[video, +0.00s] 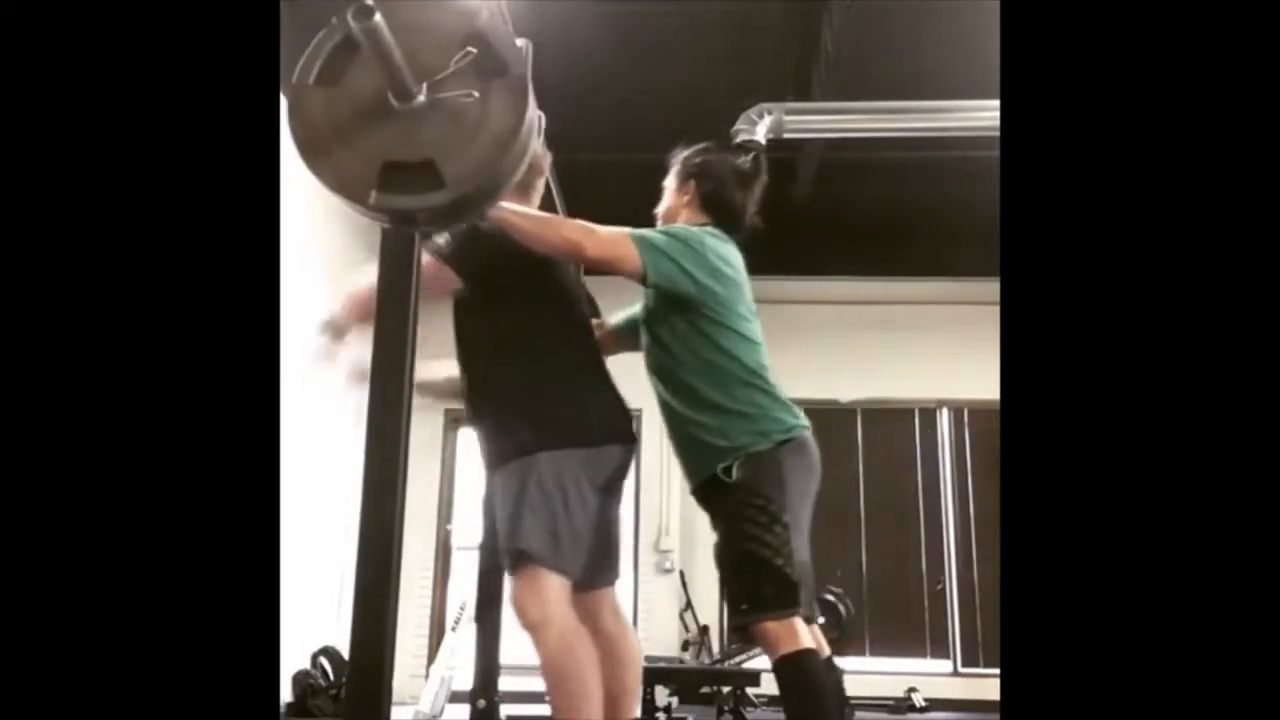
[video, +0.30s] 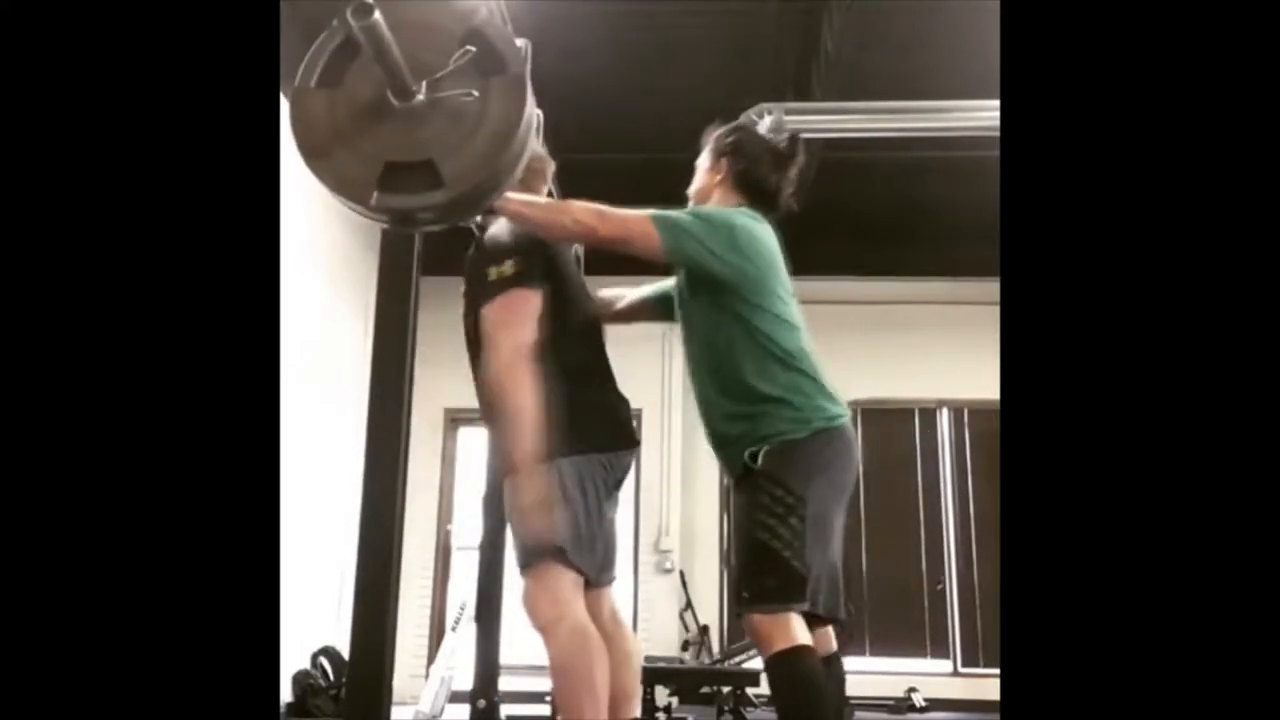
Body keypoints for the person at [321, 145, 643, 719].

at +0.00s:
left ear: (476, 172)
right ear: (542, 173)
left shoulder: (485, 236)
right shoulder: (552, 244)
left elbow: (399, 286)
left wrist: (344, 316)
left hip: (547, 442)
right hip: (598, 435)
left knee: (541, 602)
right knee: (596, 602)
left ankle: (582, 716)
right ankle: (623, 715)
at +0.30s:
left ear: (490, 171)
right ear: (543, 170)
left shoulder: (507, 239)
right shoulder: (544, 239)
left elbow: (510, 359)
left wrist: (525, 470)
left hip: (560, 442)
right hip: (594, 438)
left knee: (553, 604)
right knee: (597, 606)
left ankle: (587, 712)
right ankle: (622, 713)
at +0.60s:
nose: (486, 197)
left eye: (500, 177)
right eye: (483, 180)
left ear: (535, 169)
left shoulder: (545, 235)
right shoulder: (520, 248)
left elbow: (558, 319)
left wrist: (561, 442)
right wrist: (512, 463)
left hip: (571, 436)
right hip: (546, 439)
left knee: (559, 596)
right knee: (558, 599)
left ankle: (592, 713)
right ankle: (583, 710)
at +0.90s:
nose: (510, 200)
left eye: (520, 184)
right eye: (497, 191)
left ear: (551, 173)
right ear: (483, 201)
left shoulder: (574, 238)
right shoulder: (506, 285)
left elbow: (575, 326)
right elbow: (500, 392)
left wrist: (472, 386)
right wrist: (429, 438)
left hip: (569, 451)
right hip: (516, 456)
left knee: (554, 603)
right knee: (520, 604)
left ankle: (590, 716)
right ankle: (564, 716)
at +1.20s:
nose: (535, 189)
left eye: (547, 177)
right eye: (522, 180)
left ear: (571, 190)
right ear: (504, 200)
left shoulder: (606, 250)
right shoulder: (501, 297)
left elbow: (628, 355)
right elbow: (474, 388)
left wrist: (589, 453)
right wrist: (438, 457)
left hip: (576, 454)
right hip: (513, 464)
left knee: (560, 591)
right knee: (535, 602)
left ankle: (592, 715)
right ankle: (565, 714)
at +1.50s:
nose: (604, 170)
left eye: (609, 158)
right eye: (587, 160)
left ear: (621, 166)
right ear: (548, 175)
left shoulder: (659, 241)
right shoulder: (523, 270)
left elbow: (718, 327)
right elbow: (501, 375)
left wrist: (755, 430)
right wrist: (503, 474)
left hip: (625, 452)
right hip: (539, 461)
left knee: (636, 589)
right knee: (558, 611)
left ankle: (660, 715)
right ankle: (574, 717)